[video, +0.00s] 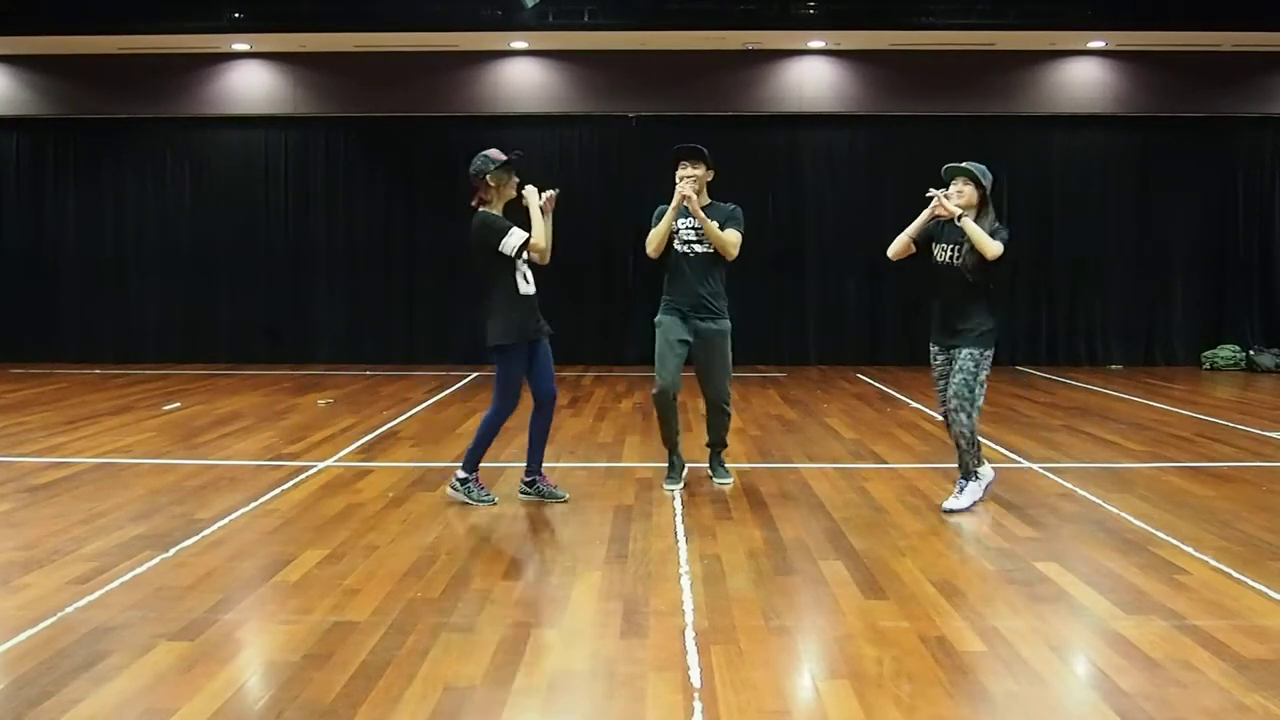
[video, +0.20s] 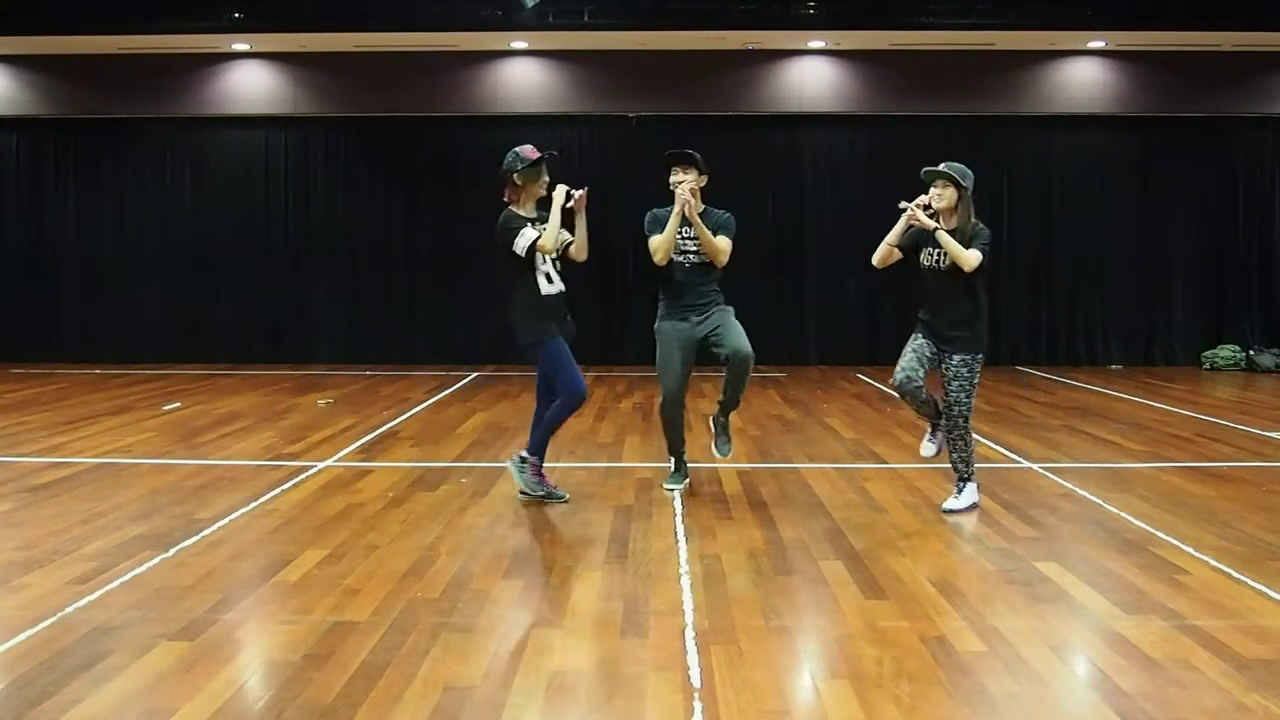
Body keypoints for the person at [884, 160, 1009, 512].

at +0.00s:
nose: (955, 190)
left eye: (964, 185)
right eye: (953, 185)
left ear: (981, 194)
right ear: (947, 192)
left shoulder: (994, 229)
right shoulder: (938, 226)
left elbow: (992, 252)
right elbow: (895, 253)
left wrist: (959, 217)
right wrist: (926, 215)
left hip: (976, 333)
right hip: (941, 332)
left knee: (959, 404)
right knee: (948, 409)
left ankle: (968, 479)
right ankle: (979, 467)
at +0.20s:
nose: (935, 192)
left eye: (944, 187)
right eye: (933, 187)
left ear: (961, 193)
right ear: (930, 194)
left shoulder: (977, 232)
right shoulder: (923, 233)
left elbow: (970, 262)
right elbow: (880, 261)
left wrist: (933, 227)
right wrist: (904, 223)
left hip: (965, 338)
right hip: (928, 330)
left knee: (957, 419)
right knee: (905, 381)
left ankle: (966, 485)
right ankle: (939, 422)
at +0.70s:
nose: (896, 182)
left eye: (904, 178)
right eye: (893, 177)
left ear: (921, 187)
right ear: (887, 184)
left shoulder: (934, 228)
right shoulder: (877, 226)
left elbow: (932, 257)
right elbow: (828, 255)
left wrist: (897, 218)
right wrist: (859, 215)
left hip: (916, 329)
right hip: (885, 329)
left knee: (865, 379)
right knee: (892, 412)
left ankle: (907, 440)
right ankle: (915, 492)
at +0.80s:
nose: (889, 171)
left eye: (898, 168)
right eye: (886, 166)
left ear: (913, 181)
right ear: (877, 175)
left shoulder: (918, 215)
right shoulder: (864, 214)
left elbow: (928, 240)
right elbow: (813, 240)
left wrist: (891, 203)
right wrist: (847, 202)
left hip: (905, 322)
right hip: (872, 322)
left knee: (857, 382)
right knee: (893, 406)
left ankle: (884, 458)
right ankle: (914, 486)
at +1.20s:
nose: (828, 174)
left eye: (837, 169)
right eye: (828, 168)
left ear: (859, 178)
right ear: (828, 180)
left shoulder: (875, 222)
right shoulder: (821, 222)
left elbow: (865, 243)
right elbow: (766, 255)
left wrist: (834, 204)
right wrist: (796, 213)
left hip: (861, 342)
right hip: (825, 332)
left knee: (855, 425)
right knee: (787, 379)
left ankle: (865, 503)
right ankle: (823, 441)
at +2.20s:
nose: (727, 174)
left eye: (736, 167)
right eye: (720, 167)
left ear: (750, 173)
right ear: (709, 173)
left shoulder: (763, 218)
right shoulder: (696, 216)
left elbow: (784, 257)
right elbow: (653, 257)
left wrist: (743, 216)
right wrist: (684, 212)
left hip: (745, 345)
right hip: (698, 338)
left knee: (739, 438)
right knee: (681, 409)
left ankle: (737, 521)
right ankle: (701, 471)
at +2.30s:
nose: (719, 166)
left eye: (728, 160)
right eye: (713, 160)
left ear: (742, 168)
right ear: (701, 165)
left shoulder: (753, 212)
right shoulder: (681, 209)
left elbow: (778, 245)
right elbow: (643, 250)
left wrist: (734, 208)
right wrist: (678, 204)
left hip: (735, 340)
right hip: (686, 337)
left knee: (733, 429)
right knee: (679, 423)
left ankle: (735, 520)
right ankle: (681, 508)